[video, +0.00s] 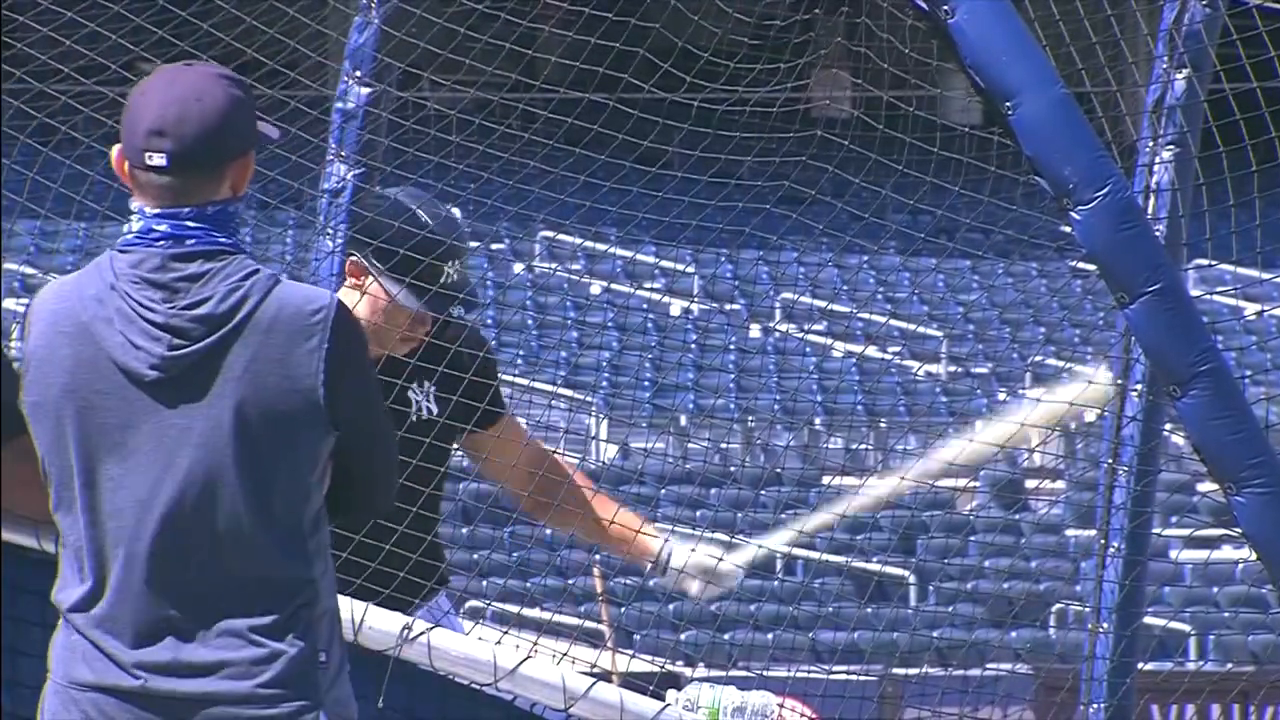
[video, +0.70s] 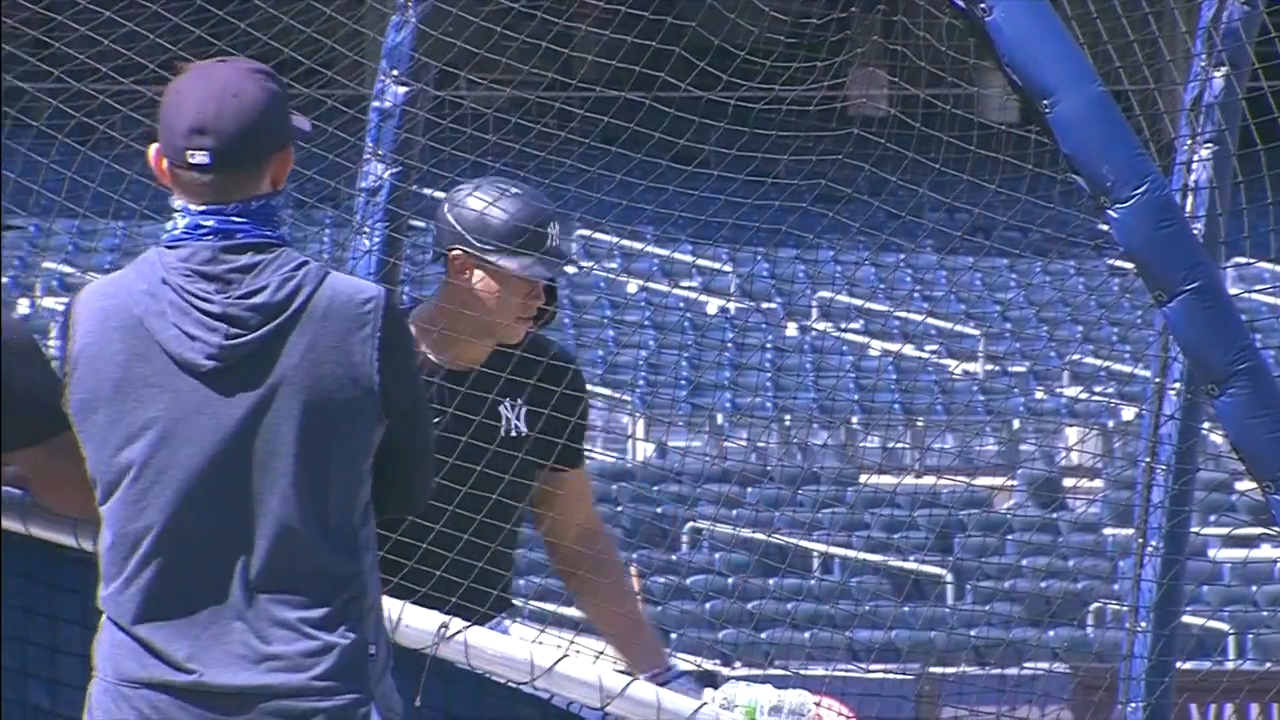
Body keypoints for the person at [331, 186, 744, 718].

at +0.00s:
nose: (427, 325)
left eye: (438, 307)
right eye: (414, 304)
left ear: (450, 295)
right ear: (354, 276)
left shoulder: (452, 353)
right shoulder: (286, 347)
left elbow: (533, 473)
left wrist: (660, 548)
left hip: (418, 618)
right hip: (302, 612)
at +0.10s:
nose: (426, 319)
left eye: (436, 303)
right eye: (415, 299)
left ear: (447, 293)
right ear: (355, 272)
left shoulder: (449, 351)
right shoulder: (285, 345)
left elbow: (540, 451)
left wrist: (681, 501)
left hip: (419, 628)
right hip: (301, 622)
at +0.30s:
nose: (469, 319)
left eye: (462, 296)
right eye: (448, 295)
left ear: (471, 305)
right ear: (393, 277)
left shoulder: (488, 366)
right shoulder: (318, 357)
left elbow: (605, 435)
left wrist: (748, 465)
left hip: (439, 649)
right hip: (317, 635)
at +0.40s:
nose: (493, 322)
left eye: (503, 304)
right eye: (479, 300)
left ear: (512, 301)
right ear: (421, 282)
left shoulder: (513, 369)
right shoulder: (339, 368)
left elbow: (630, 452)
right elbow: (301, 520)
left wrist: (768, 492)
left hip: (447, 657)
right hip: (334, 646)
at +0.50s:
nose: (517, 315)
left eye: (524, 299)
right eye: (500, 297)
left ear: (533, 297)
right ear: (437, 281)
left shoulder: (529, 375)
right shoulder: (353, 365)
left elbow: (625, 480)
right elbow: (300, 512)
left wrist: (756, 550)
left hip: (451, 646)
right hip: (335, 632)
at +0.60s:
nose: (528, 309)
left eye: (535, 293)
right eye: (511, 290)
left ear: (544, 294)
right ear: (449, 279)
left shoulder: (541, 382)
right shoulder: (360, 366)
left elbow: (609, 520)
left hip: (461, 651)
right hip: (341, 635)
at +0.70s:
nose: (542, 297)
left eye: (547, 280)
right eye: (524, 277)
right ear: (462, 269)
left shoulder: (548, 379)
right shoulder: (371, 356)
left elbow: (576, 537)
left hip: (475, 651)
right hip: (355, 636)